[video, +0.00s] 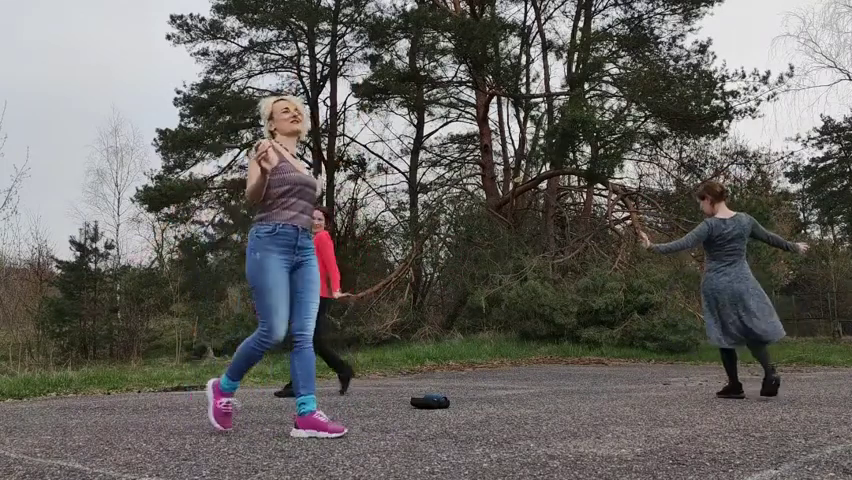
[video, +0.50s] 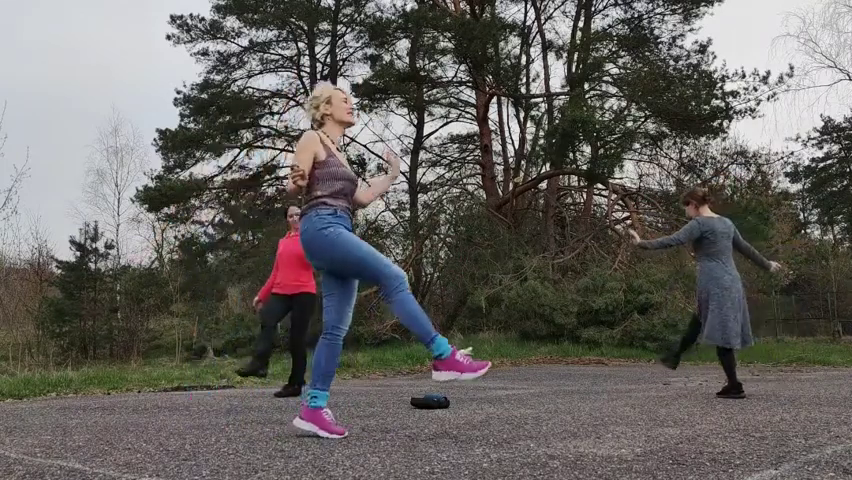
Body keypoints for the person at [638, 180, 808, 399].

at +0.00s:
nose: (700, 207)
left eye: (702, 201)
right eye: (700, 202)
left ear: (712, 200)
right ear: (720, 199)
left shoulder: (709, 225)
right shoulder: (744, 220)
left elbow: (684, 243)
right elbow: (769, 237)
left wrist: (652, 247)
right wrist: (793, 246)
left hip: (715, 283)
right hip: (742, 280)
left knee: (723, 334)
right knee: (751, 331)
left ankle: (733, 384)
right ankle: (770, 372)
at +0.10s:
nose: (698, 208)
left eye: (698, 202)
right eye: (697, 203)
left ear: (707, 200)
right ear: (716, 198)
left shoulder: (706, 224)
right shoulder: (740, 219)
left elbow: (681, 244)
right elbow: (764, 239)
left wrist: (650, 250)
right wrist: (791, 250)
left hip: (714, 283)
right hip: (739, 280)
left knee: (722, 334)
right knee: (746, 330)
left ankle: (733, 384)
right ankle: (762, 379)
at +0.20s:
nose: (695, 209)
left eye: (696, 204)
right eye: (694, 204)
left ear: (704, 201)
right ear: (713, 199)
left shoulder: (705, 225)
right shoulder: (738, 221)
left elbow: (679, 245)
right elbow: (762, 242)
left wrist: (648, 252)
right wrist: (787, 256)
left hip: (714, 284)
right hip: (738, 282)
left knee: (718, 333)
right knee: (739, 331)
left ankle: (733, 384)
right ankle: (736, 375)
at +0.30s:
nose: (692, 211)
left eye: (693, 206)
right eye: (691, 206)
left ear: (702, 203)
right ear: (710, 202)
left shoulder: (704, 225)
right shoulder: (734, 222)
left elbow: (679, 244)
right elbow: (756, 245)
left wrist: (647, 252)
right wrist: (782, 262)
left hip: (714, 285)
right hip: (735, 282)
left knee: (716, 333)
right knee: (732, 326)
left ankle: (734, 385)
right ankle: (714, 352)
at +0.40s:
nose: (689, 212)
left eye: (690, 207)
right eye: (689, 208)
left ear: (697, 204)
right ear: (709, 203)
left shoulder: (701, 224)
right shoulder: (731, 223)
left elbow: (675, 243)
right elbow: (752, 248)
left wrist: (644, 248)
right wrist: (775, 264)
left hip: (713, 281)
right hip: (733, 280)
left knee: (717, 332)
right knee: (708, 319)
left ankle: (733, 383)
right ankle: (689, 350)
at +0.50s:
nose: (686, 212)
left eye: (687, 208)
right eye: (686, 209)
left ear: (694, 205)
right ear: (706, 203)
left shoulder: (698, 223)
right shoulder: (726, 223)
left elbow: (674, 240)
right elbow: (745, 248)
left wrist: (642, 243)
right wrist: (767, 264)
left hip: (713, 283)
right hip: (732, 282)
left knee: (722, 333)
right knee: (699, 321)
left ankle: (733, 384)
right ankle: (674, 357)